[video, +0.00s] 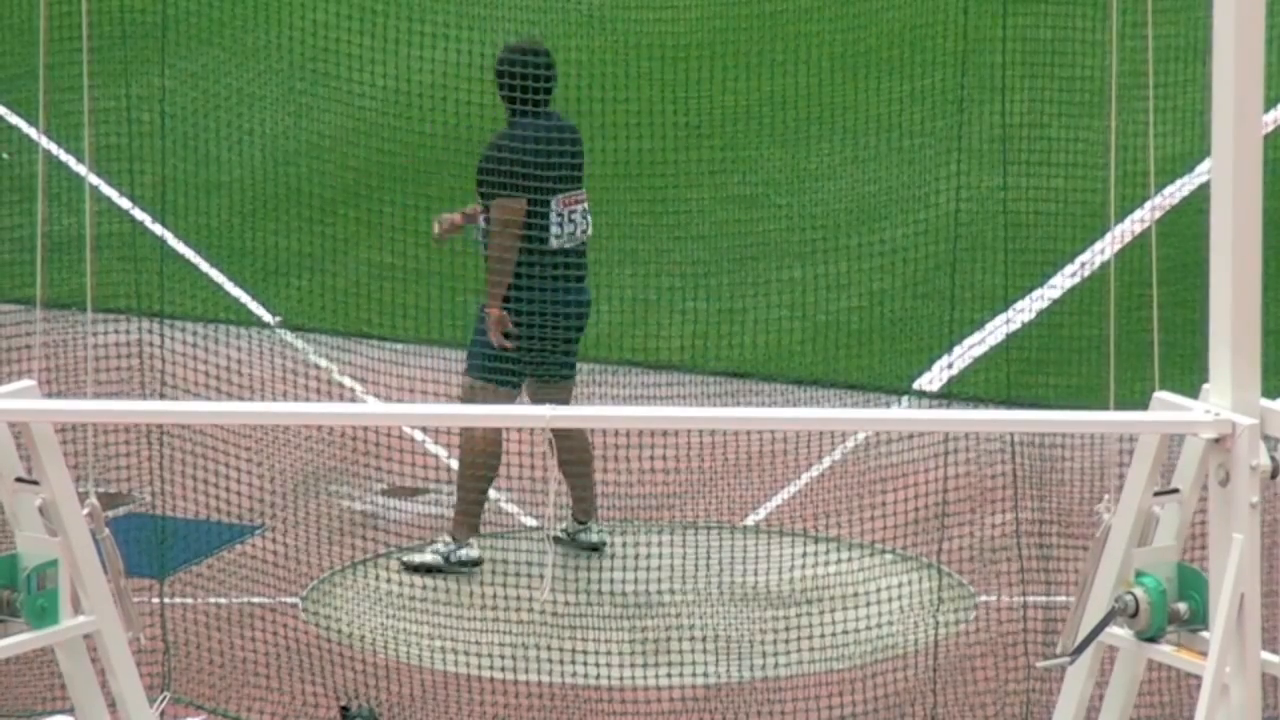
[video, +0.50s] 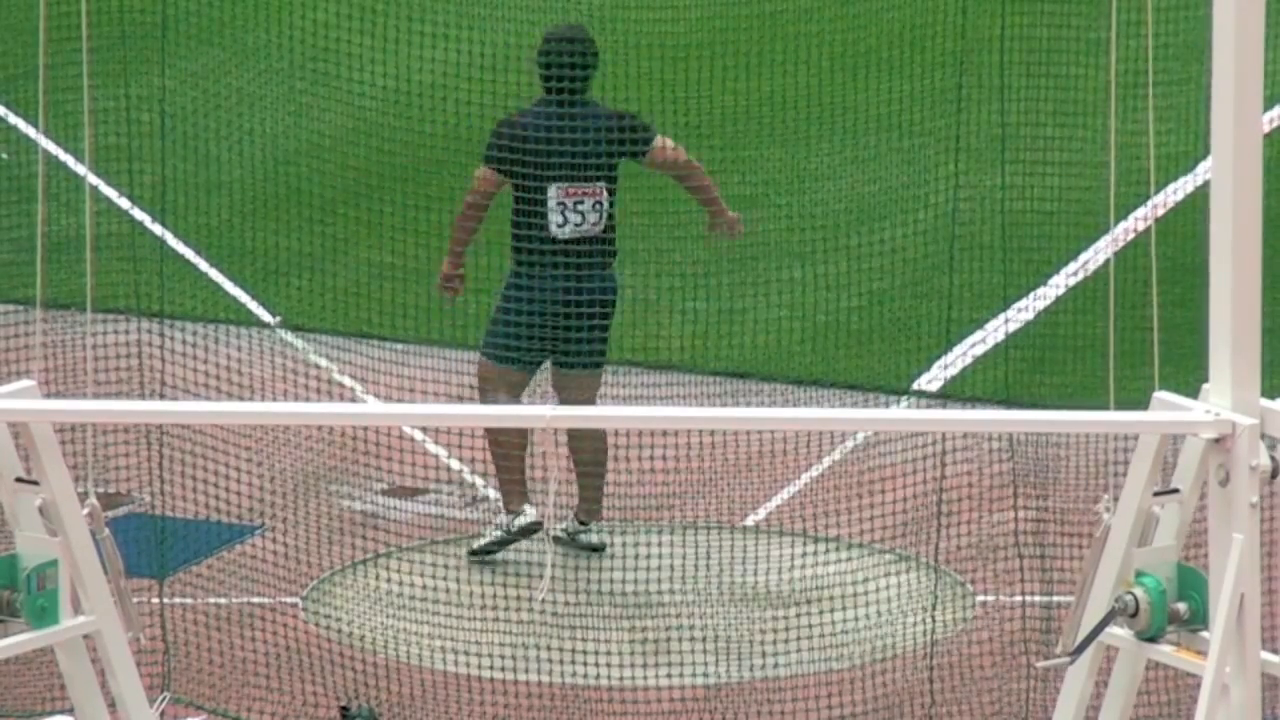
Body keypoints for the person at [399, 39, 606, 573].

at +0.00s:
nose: (499, 89)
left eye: (500, 81)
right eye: (507, 79)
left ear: (504, 87)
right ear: (548, 84)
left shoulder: (507, 150)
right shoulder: (567, 136)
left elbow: (509, 232)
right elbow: (538, 201)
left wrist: (493, 302)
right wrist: (472, 216)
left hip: (519, 299)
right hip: (568, 299)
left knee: (481, 412)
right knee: (557, 408)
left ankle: (461, 541)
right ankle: (586, 524)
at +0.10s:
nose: (516, 81)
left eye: (516, 73)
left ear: (516, 79)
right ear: (562, 78)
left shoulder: (515, 140)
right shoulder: (584, 134)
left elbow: (503, 226)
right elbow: (582, 214)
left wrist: (485, 292)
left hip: (523, 297)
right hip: (579, 297)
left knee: (484, 403)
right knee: (564, 403)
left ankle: (473, 532)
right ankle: (586, 524)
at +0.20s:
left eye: (528, 68)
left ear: (524, 74)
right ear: (573, 75)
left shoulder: (516, 138)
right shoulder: (595, 131)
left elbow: (496, 222)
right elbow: (607, 199)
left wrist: (465, 287)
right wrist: (619, 240)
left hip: (526, 294)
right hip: (585, 293)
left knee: (485, 393)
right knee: (568, 399)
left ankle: (510, 523)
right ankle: (587, 522)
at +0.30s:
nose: (544, 77)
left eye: (539, 67)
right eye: (554, 67)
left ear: (532, 74)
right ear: (581, 73)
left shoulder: (517, 135)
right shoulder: (604, 129)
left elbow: (486, 214)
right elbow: (650, 182)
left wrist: (455, 277)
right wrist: (687, 221)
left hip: (526, 293)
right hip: (587, 293)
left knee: (502, 401)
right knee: (575, 402)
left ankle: (520, 528)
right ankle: (586, 522)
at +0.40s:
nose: (558, 76)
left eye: (546, 65)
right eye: (566, 65)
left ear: (536, 71)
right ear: (587, 72)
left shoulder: (514, 132)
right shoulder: (612, 128)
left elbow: (483, 204)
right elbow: (673, 170)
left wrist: (450, 268)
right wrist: (721, 207)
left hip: (529, 290)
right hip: (590, 290)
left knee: (505, 404)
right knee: (577, 403)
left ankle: (519, 527)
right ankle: (587, 523)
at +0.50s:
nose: (565, 76)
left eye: (556, 65)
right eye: (572, 65)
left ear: (542, 70)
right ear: (591, 71)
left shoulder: (517, 128)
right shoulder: (613, 126)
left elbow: (481, 192)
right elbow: (677, 161)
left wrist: (454, 257)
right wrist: (719, 208)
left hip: (533, 284)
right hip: (595, 284)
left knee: (496, 385)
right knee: (580, 398)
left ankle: (517, 509)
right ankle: (588, 522)